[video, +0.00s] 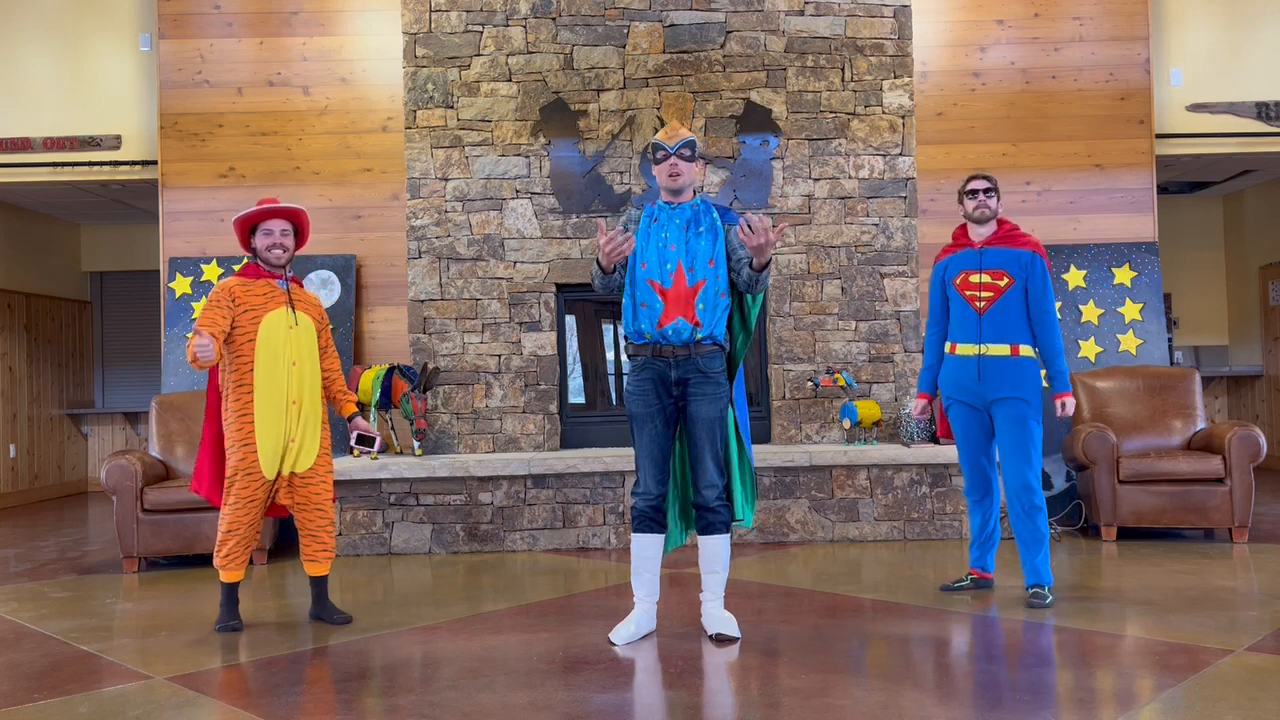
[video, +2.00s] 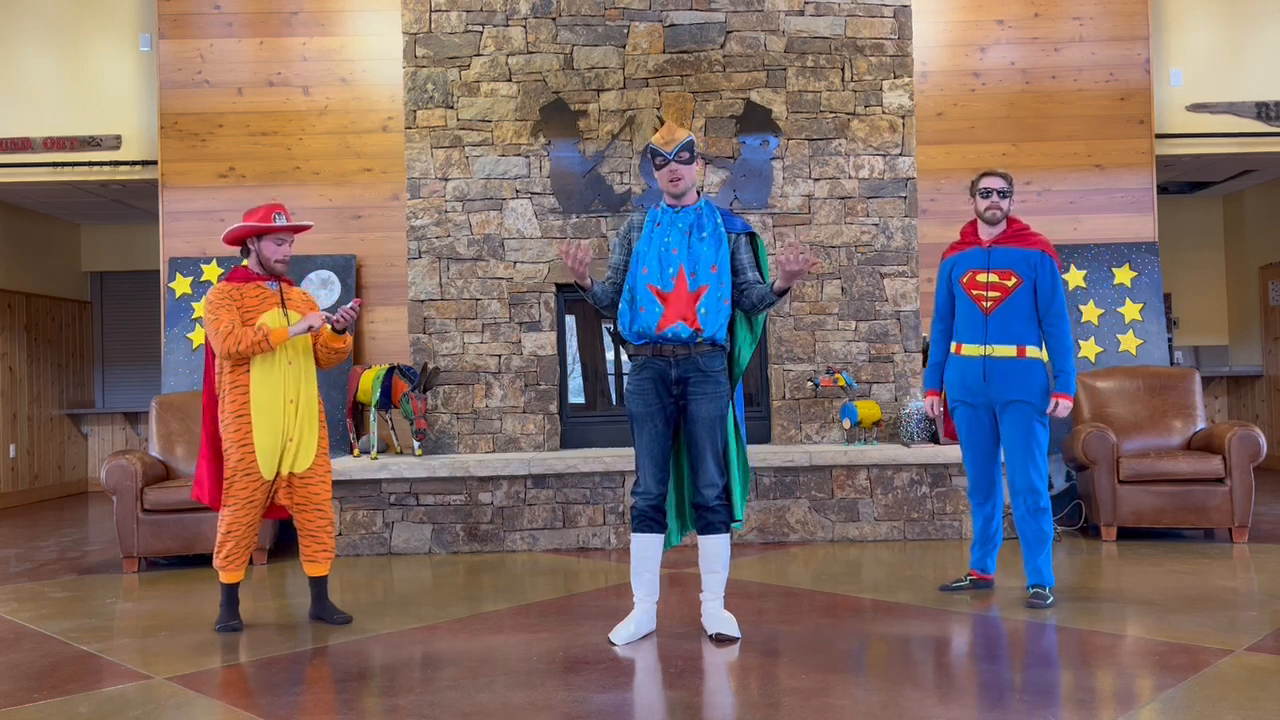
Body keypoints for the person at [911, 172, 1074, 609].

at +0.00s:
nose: (980, 200)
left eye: (988, 194)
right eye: (972, 195)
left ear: (1000, 203)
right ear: (961, 207)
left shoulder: (1027, 254)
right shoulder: (946, 262)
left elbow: (1046, 323)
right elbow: (935, 333)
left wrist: (1061, 382)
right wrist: (925, 390)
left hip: (1015, 385)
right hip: (961, 389)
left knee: (1023, 484)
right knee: (977, 484)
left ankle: (1038, 581)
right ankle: (980, 572)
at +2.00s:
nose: (994, 201)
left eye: (1001, 194)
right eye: (985, 194)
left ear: (1012, 202)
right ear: (973, 201)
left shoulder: (1036, 254)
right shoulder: (954, 257)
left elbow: (1057, 323)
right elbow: (941, 327)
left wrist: (1065, 383)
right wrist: (933, 383)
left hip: (1022, 388)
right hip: (968, 391)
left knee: (1029, 486)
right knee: (981, 485)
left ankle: (1039, 580)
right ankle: (982, 572)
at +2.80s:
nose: (973, 204)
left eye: (981, 196)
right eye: (970, 197)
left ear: (1007, 201)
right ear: (971, 204)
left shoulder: (1037, 252)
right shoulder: (962, 256)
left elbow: (1057, 325)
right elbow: (950, 326)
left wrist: (1060, 385)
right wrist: (939, 382)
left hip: (1018, 389)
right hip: (968, 391)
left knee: (1026, 486)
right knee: (982, 485)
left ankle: (1039, 581)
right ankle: (982, 572)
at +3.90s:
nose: (973, 205)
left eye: (981, 197)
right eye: (972, 198)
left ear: (1009, 202)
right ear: (983, 204)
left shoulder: (1038, 252)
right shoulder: (973, 256)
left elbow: (1054, 331)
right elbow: (967, 329)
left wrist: (1043, 391)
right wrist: (956, 385)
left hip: (1018, 389)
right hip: (974, 389)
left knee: (1029, 487)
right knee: (985, 485)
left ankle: (1040, 581)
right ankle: (982, 572)